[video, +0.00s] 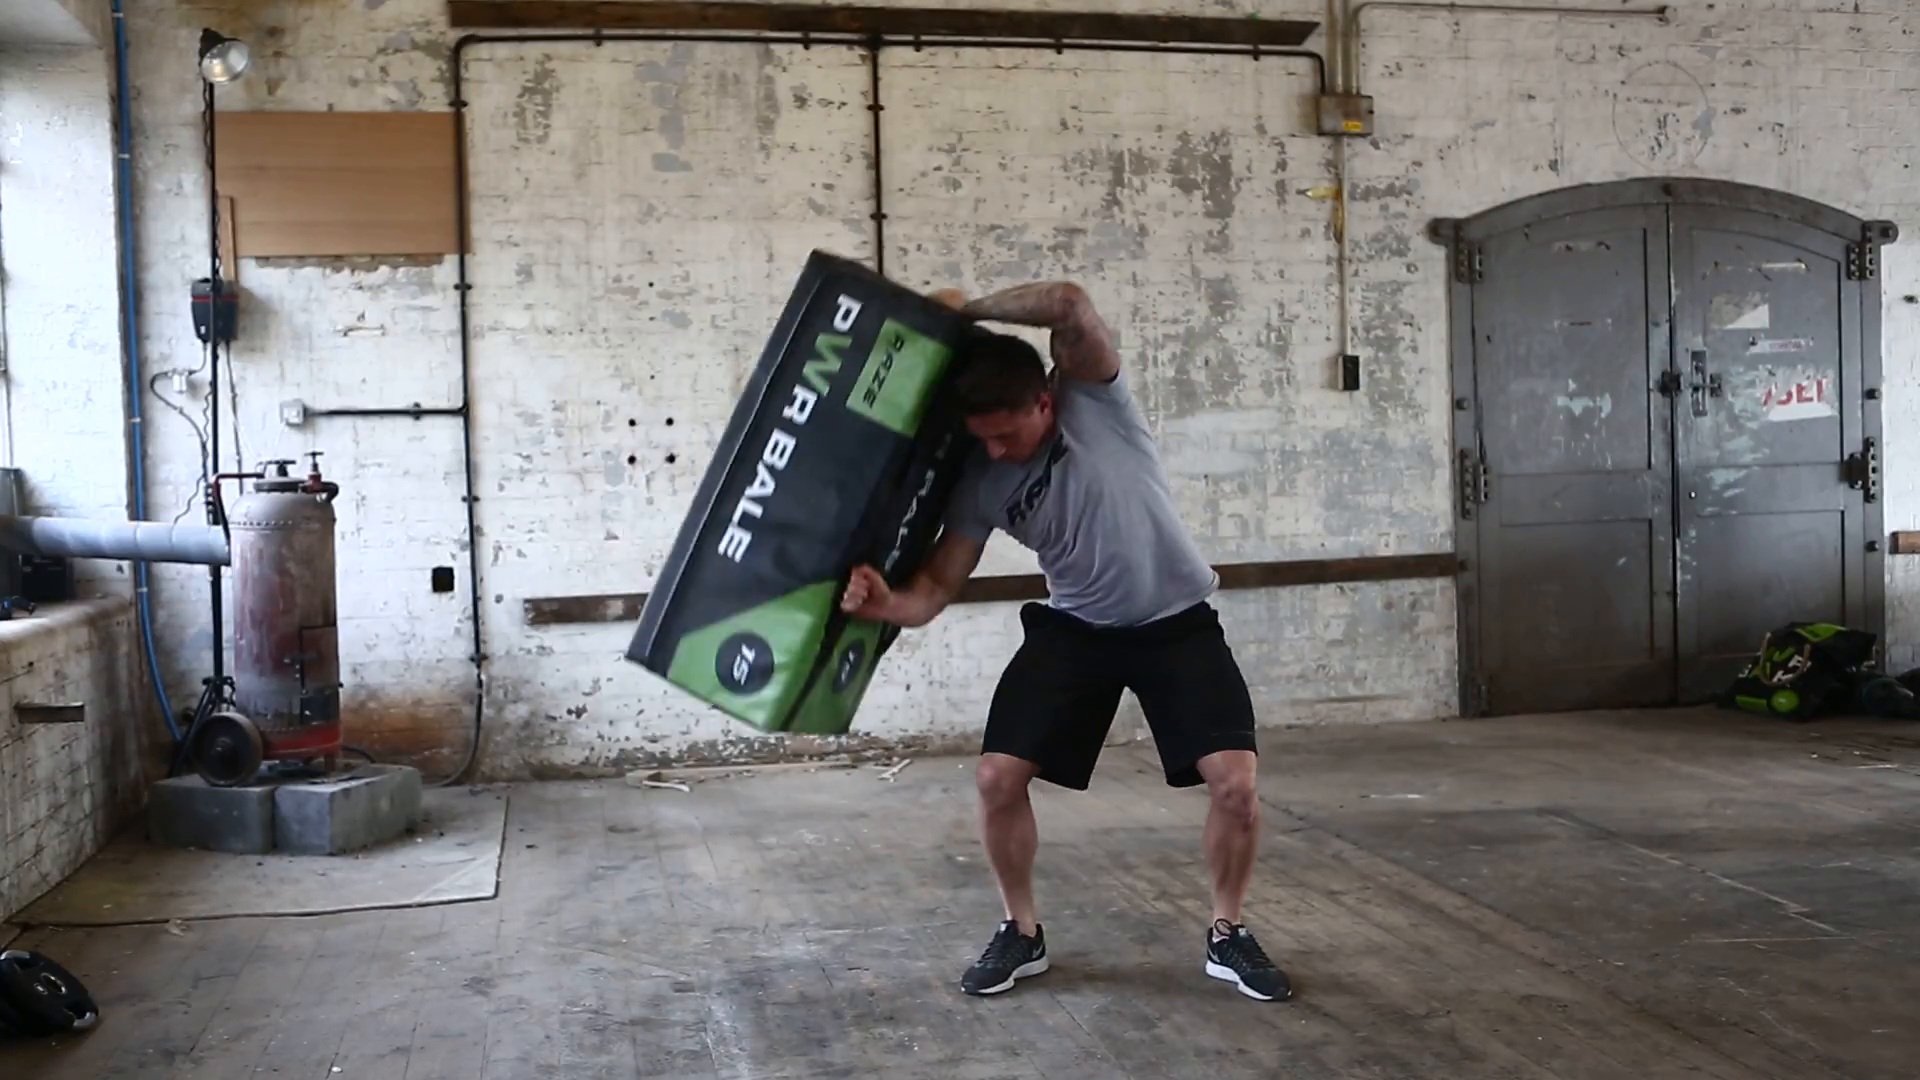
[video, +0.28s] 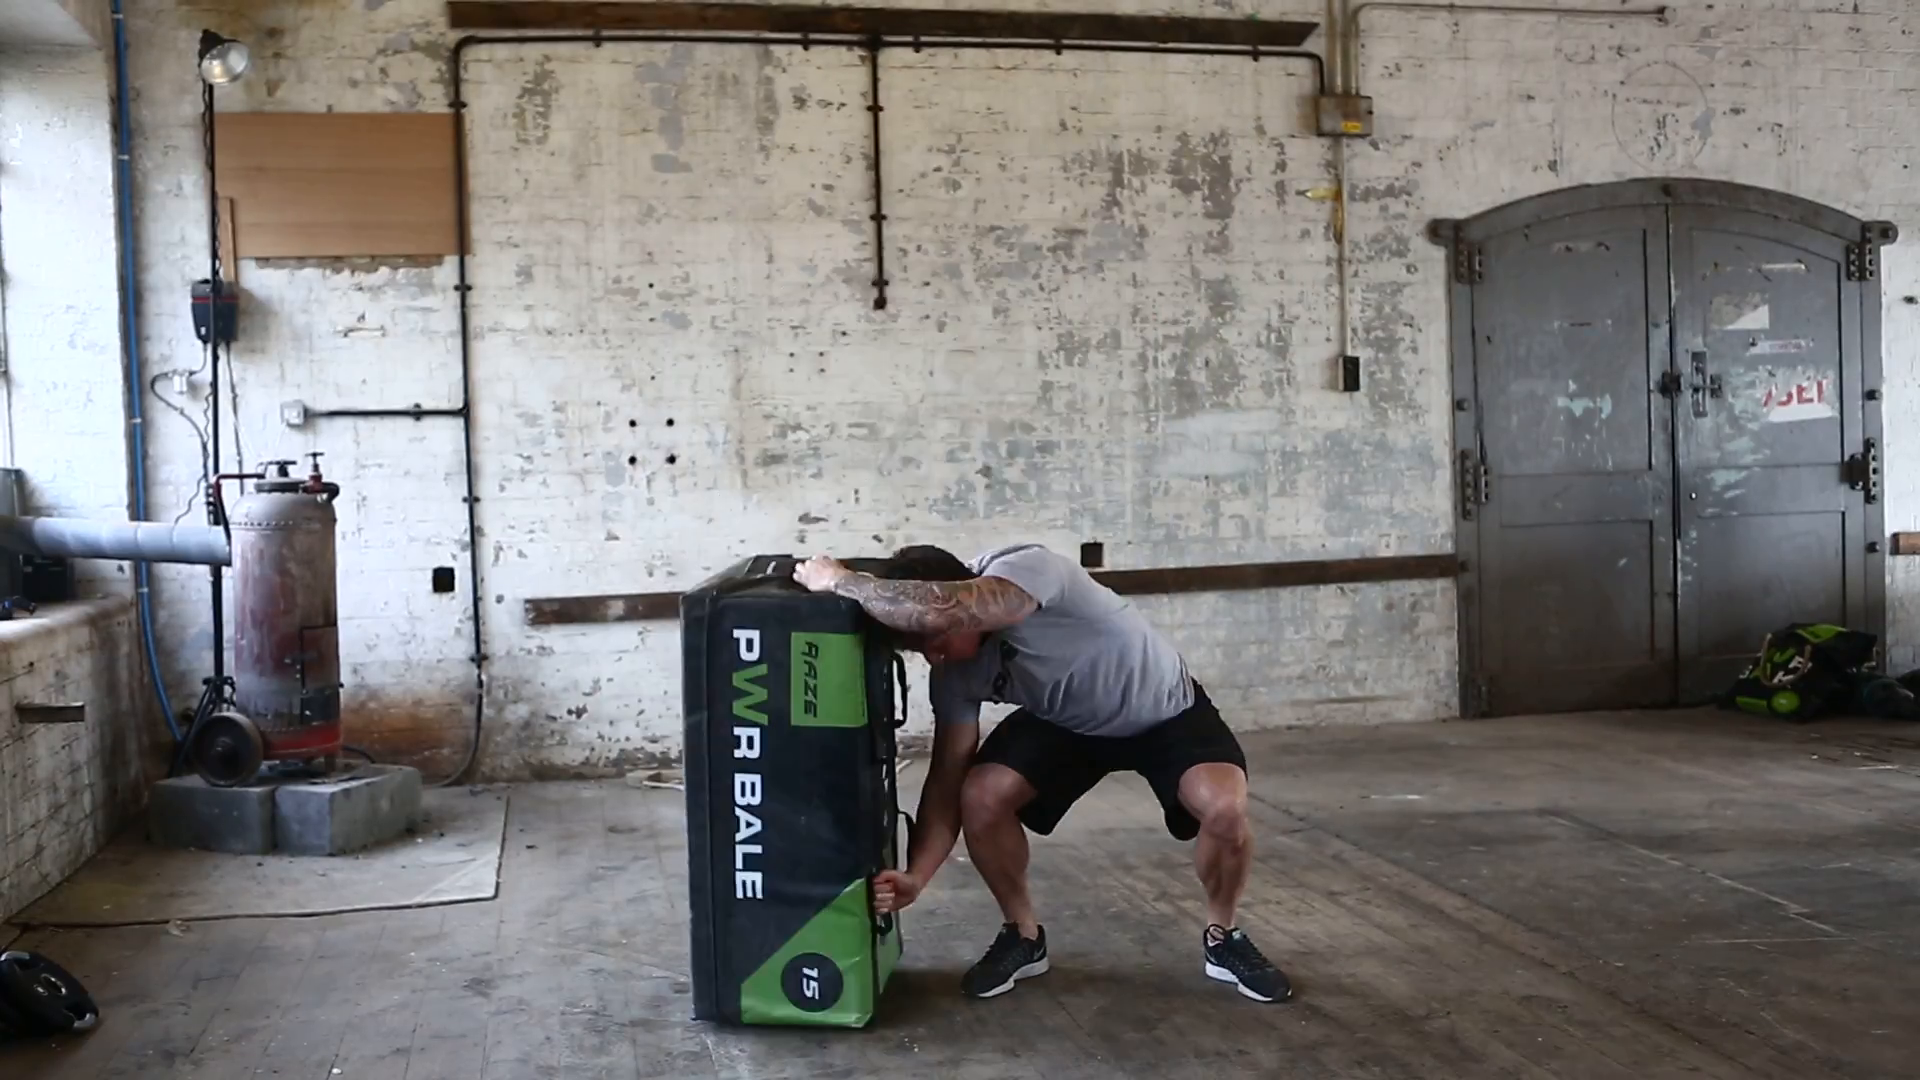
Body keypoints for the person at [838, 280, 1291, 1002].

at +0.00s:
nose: (995, 450)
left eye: (1006, 433)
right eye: (982, 439)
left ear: (1042, 400)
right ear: (966, 424)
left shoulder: (1093, 398)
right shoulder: (984, 484)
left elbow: (1069, 304)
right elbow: (930, 591)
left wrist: (974, 305)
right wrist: (884, 603)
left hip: (1176, 620)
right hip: (1074, 628)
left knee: (1237, 786)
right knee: (997, 777)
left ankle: (1228, 933)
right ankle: (1021, 931)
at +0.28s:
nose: (932, 658)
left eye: (933, 641)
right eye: (919, 650)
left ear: (963, 604)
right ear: (916, 650)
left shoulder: (1035, 570)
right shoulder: (956, 668)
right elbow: (949, 770)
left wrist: (844, 580)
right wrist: (917, 876)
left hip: (1165, 706)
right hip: (1068, 720)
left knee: (1226, 808)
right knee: (981, 797)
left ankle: (1223, 939)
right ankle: (1023, 936)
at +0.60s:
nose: (995, 696)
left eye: (1000, 681)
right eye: (978, 692)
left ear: (1014, 634)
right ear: (946, 669)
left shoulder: (1056, 567)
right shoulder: (958, 677)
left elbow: (981, 579)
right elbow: (936, 768)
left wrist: (882, 582)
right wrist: (898, 858)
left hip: (1160, 706)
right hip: (1058, 719)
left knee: (1235, 797)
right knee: (982, 804)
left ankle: (1224, 935)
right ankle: (1025, 934)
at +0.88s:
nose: (1001, 751)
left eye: (1007, 735)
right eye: (989, 747)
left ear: (1021, 691)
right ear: (949, 717)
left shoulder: (1060, 617)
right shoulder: (958, 712)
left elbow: (1018, 632)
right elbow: (938, 791)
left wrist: (937, 613)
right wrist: (912, 873)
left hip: (1154, 747)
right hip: (1058, 763)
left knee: (1220, 807)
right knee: (968, 815)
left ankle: (1218, 936)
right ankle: (1026, 935)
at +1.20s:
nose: (1028, 738)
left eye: (1032, 724)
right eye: (1013, 735)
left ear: (1052, 681)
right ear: (983, 705)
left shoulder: (1083, 617)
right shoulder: (979, 711)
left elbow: (1092, 624)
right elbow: (953, 784)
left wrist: (984, 614)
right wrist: (924, 866)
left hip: (1157, 759)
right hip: (1062, 771)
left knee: (1234, 800)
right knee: (980, 812)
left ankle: (1221, 935)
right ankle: (1026, 935)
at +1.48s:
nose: (1059, 665)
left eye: (1065, 652)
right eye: (1042, 661)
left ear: (1082, 598)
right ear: (1011, 630)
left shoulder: (1107, 547)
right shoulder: (1006, 635)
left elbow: (1173, 482)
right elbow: (971, 710)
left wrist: (1055, 501)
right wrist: (943, 776)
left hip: (1175, 711)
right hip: (1074, 717)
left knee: (1247, 802)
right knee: (984, 801)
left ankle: (1225, 934)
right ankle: (1023, 933)